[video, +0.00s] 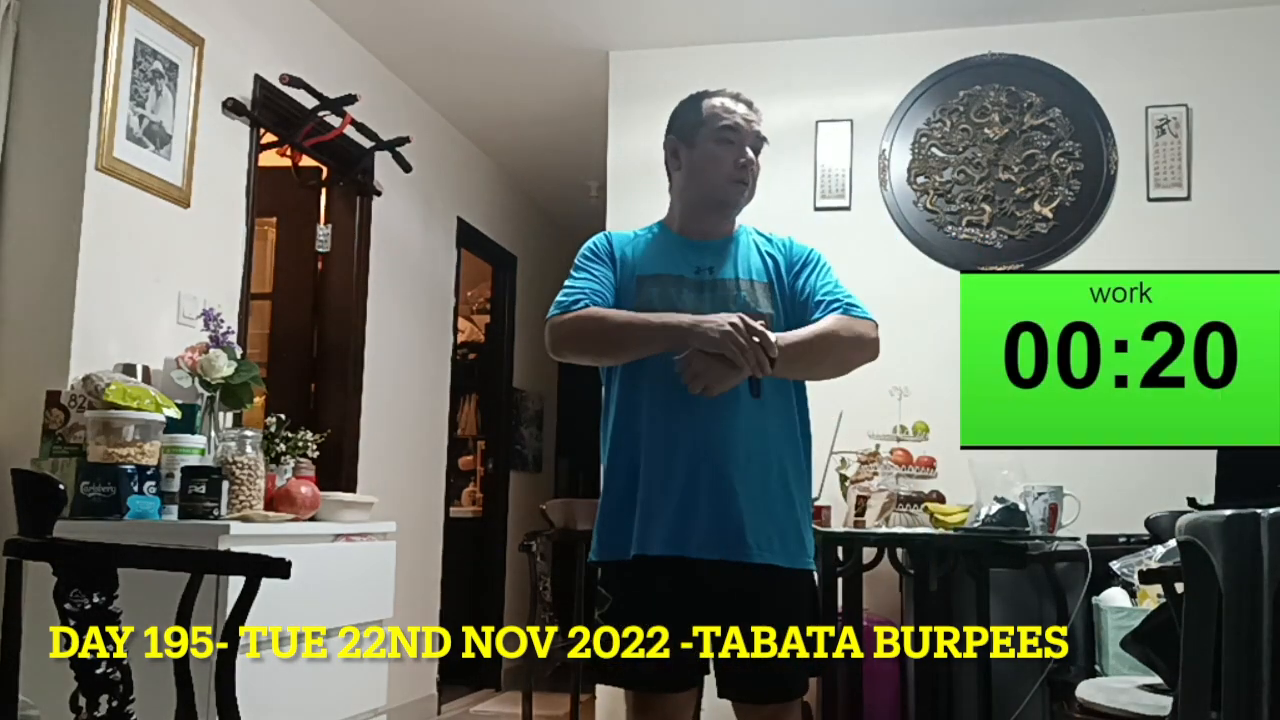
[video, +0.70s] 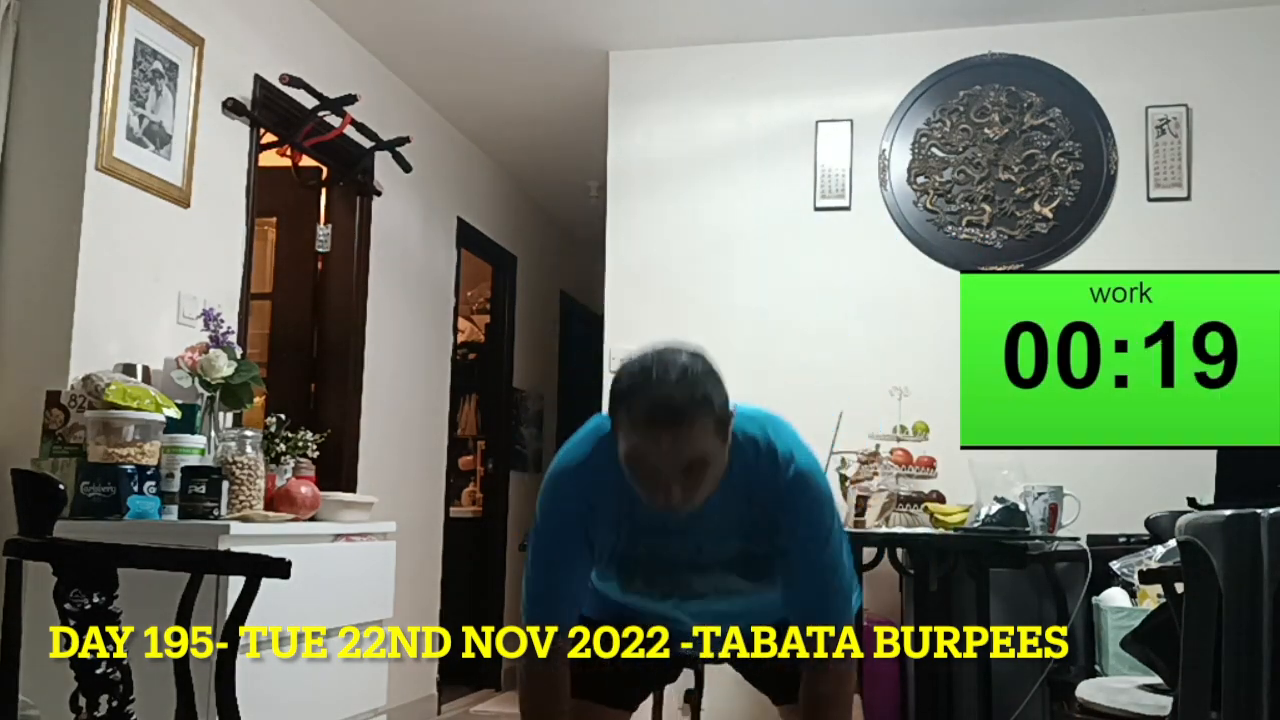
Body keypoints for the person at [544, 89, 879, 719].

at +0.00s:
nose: (749, 159)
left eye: (757, 147)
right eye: (728, 141)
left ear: (763, 163)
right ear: (675, 154)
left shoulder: (789, 258)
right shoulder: (614, 253)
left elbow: (860, 336)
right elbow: (565, 334)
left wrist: (749, 353)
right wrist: (691, 328)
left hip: (770, 546)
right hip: (647, 542)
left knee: (778, 710)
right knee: (656, 709)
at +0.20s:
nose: (747, 153)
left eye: (755, 142)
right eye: (725, 137)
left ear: (762, 156)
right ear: (673, 150)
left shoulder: (795, 257)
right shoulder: (613, 252)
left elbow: (844, 353)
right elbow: (571, 353)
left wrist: (762, 398)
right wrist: (690, 370)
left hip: (772, 547)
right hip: (652, 543)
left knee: (778, 711)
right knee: (658, 709)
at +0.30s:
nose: (737, 152)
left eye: (747, 138)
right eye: (713, 135)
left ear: (758, 153)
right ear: (665, 152)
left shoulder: (797, 259)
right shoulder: (610, 258)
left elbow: (825, 369)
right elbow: (579, 376)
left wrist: (785, 466)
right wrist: (659, 447)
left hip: (771, 561)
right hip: (650, 561)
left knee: (778, 713)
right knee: (658, 710)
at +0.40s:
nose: (718, 166)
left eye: (733, 146)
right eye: (693, 146)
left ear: (751, 159)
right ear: (654, 162)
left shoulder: (798, 262)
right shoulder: (608, 265)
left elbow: (830, 396)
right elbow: (573, 401)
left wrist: (807, 520)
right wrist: (624, 518)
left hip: (766, 563)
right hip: (651, 566)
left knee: (780, 713)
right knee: (656, 710)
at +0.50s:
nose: (696, 229)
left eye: (717, 201)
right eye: (671, 205)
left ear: (742, 196)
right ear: (640, 207)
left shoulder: (799, 299)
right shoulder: (600, 301)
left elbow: (844, 443)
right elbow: (567, 448)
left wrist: (813, 576)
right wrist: (595, 584)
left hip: (772, 578)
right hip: (644, 578)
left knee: (794, 710)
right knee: (626, 709)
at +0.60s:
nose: (681, 354)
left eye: (701, 326)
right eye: (655, 329)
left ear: (734, 301)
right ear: (628, 309)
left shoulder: (790, 373)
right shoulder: (589, 376)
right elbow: (558, 525)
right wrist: (569, 676)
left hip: (773, 583)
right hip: (635, 581)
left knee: (817, 709)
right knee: (601, 708)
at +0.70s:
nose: (672, 495)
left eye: (693, 470)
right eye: (647, 472)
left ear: (727, 436)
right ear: (618, 444)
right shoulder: (574, 479)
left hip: (762, 603)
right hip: (633, 603)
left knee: (816, 704)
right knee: (584, 706)